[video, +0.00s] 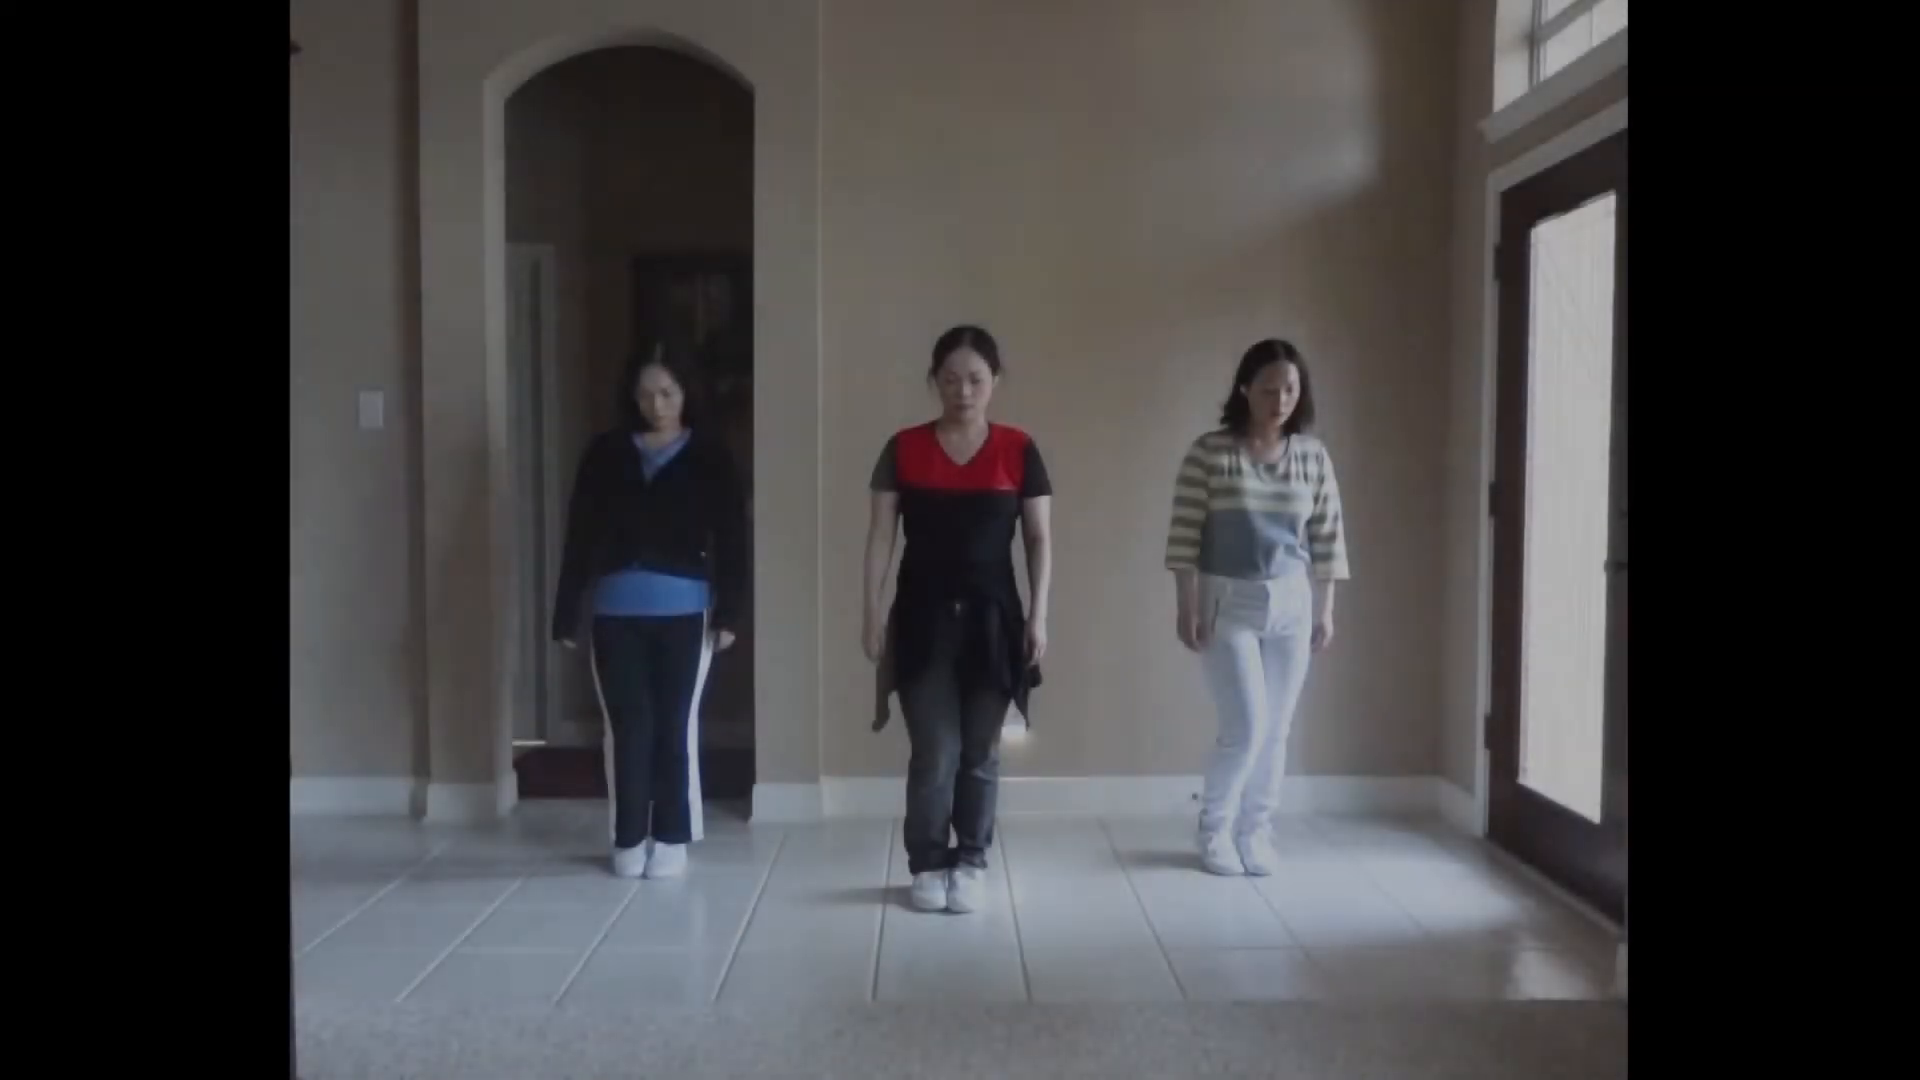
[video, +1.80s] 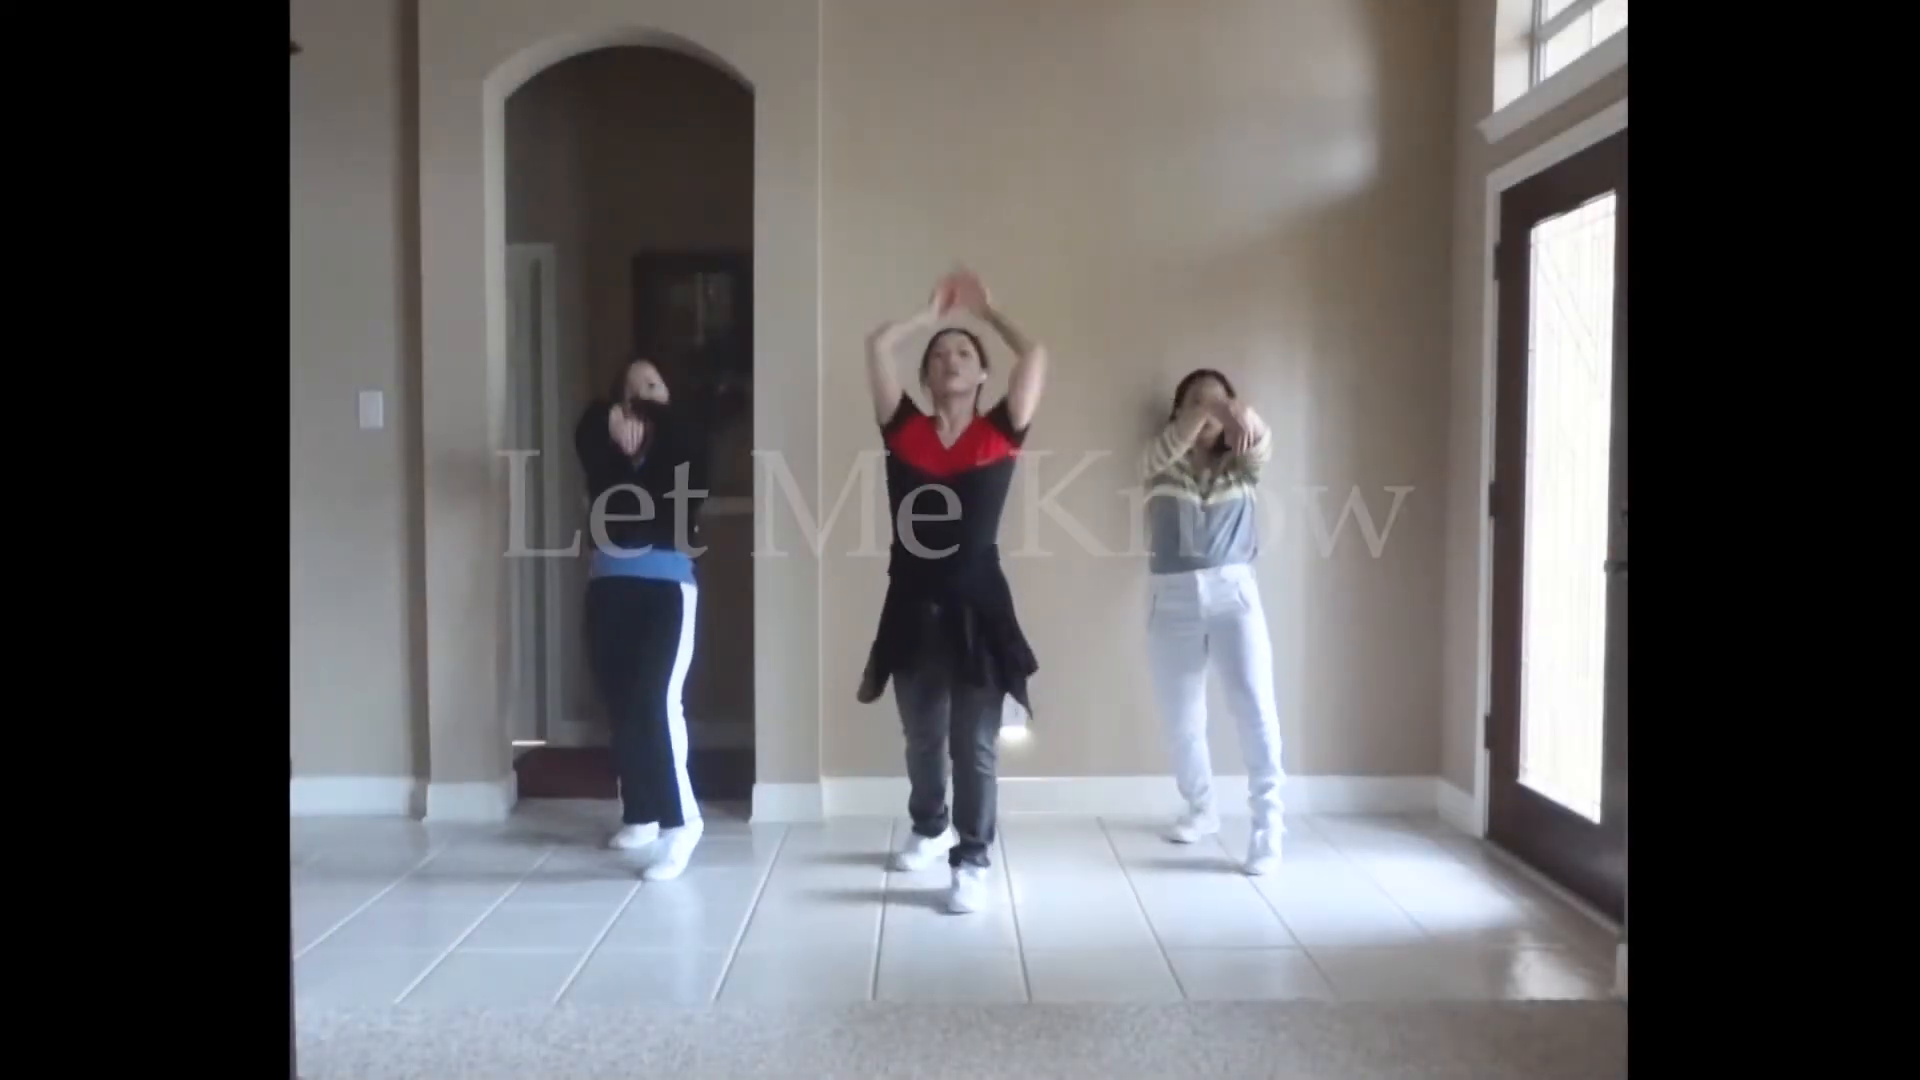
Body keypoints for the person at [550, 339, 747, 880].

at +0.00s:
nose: (658, 403)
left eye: (667, 392)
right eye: (649, 393)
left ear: (684, 395)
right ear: (635, 398)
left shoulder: (709, 456)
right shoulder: (607, 453)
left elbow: (730, 538)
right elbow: (581, 536)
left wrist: (730, 612)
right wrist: (568, 612)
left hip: (683, 616)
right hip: (616, 615)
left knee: (671, 729)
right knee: (630, 728)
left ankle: (671, 840)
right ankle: (629, 842)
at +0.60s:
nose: (651, 400)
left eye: (661, 390)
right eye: (642, 390)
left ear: (679, 392)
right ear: (628, 394)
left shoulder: (705, 453)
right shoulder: (601, 451)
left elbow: (743, 520)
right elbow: (566, 521)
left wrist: (736, 592)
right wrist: (540, 582)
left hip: (681, 612)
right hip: (613, 611)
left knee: (671, 726)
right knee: (624, 729)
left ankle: (673, 841)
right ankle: (627, 842)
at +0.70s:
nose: (651, 408)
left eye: (661, 396)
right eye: (641, 397)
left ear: (679, 398)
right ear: (628, 400)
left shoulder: (705, 455)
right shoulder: (604, 453)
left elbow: (758, 501)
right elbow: (554, 517)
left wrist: (752, 541)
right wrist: (503, 521)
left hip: (683, 618)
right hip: (616, 616)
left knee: (674, 733)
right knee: (623, 734)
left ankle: (673, 845)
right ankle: (626, 842)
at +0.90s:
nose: (647, 433)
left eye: (657, 422)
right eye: (638, 424)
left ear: (676, 422)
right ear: (627, 425)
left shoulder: (704, 473)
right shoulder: (608, 471)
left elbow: (752, 516)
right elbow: (545, 511)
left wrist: (742, 453)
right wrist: (552, 450)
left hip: (685, 630)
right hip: (618, 630)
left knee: (675, 742)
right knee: (622, 745)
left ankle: (671, 848)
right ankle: (631, 773)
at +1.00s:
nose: (644, 435)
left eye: (653, 424)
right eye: (636, 425)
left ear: (677, 423)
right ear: (627, 425)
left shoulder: (702, 472)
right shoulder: (609, 469)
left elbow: (749, 467)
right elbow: (541, 471)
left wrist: (705, 433)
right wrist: (584, 423)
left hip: (682, 627)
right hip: (615, 626)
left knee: (673, 739)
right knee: (618, 746)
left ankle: (670, 847)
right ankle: (635, 768)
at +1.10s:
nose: (642, 399)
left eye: (652, 388)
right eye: (635, 389)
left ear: (673, 395)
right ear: (626, 395)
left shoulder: (699, 449)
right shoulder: (601, 442)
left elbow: (748, 394)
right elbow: (543, 389)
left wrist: (696, 371)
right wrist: (611, 369)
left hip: (679, 604)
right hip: (615, 602)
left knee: (669, 721)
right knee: (619, 713)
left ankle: (672, 841)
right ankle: (637, 804)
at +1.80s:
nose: (644, 393)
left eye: (653, 386)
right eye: (634, 386)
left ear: (670, 396)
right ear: (620, 395)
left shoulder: (683, 434)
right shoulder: (602, 432)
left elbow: (685, 432)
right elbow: (587, 431)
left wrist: (649, 418)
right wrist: (610, 411)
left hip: (667, 585)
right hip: (611, 584)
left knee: (656, 701)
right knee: (623, 702)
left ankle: (683, 819)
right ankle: (641, 817)